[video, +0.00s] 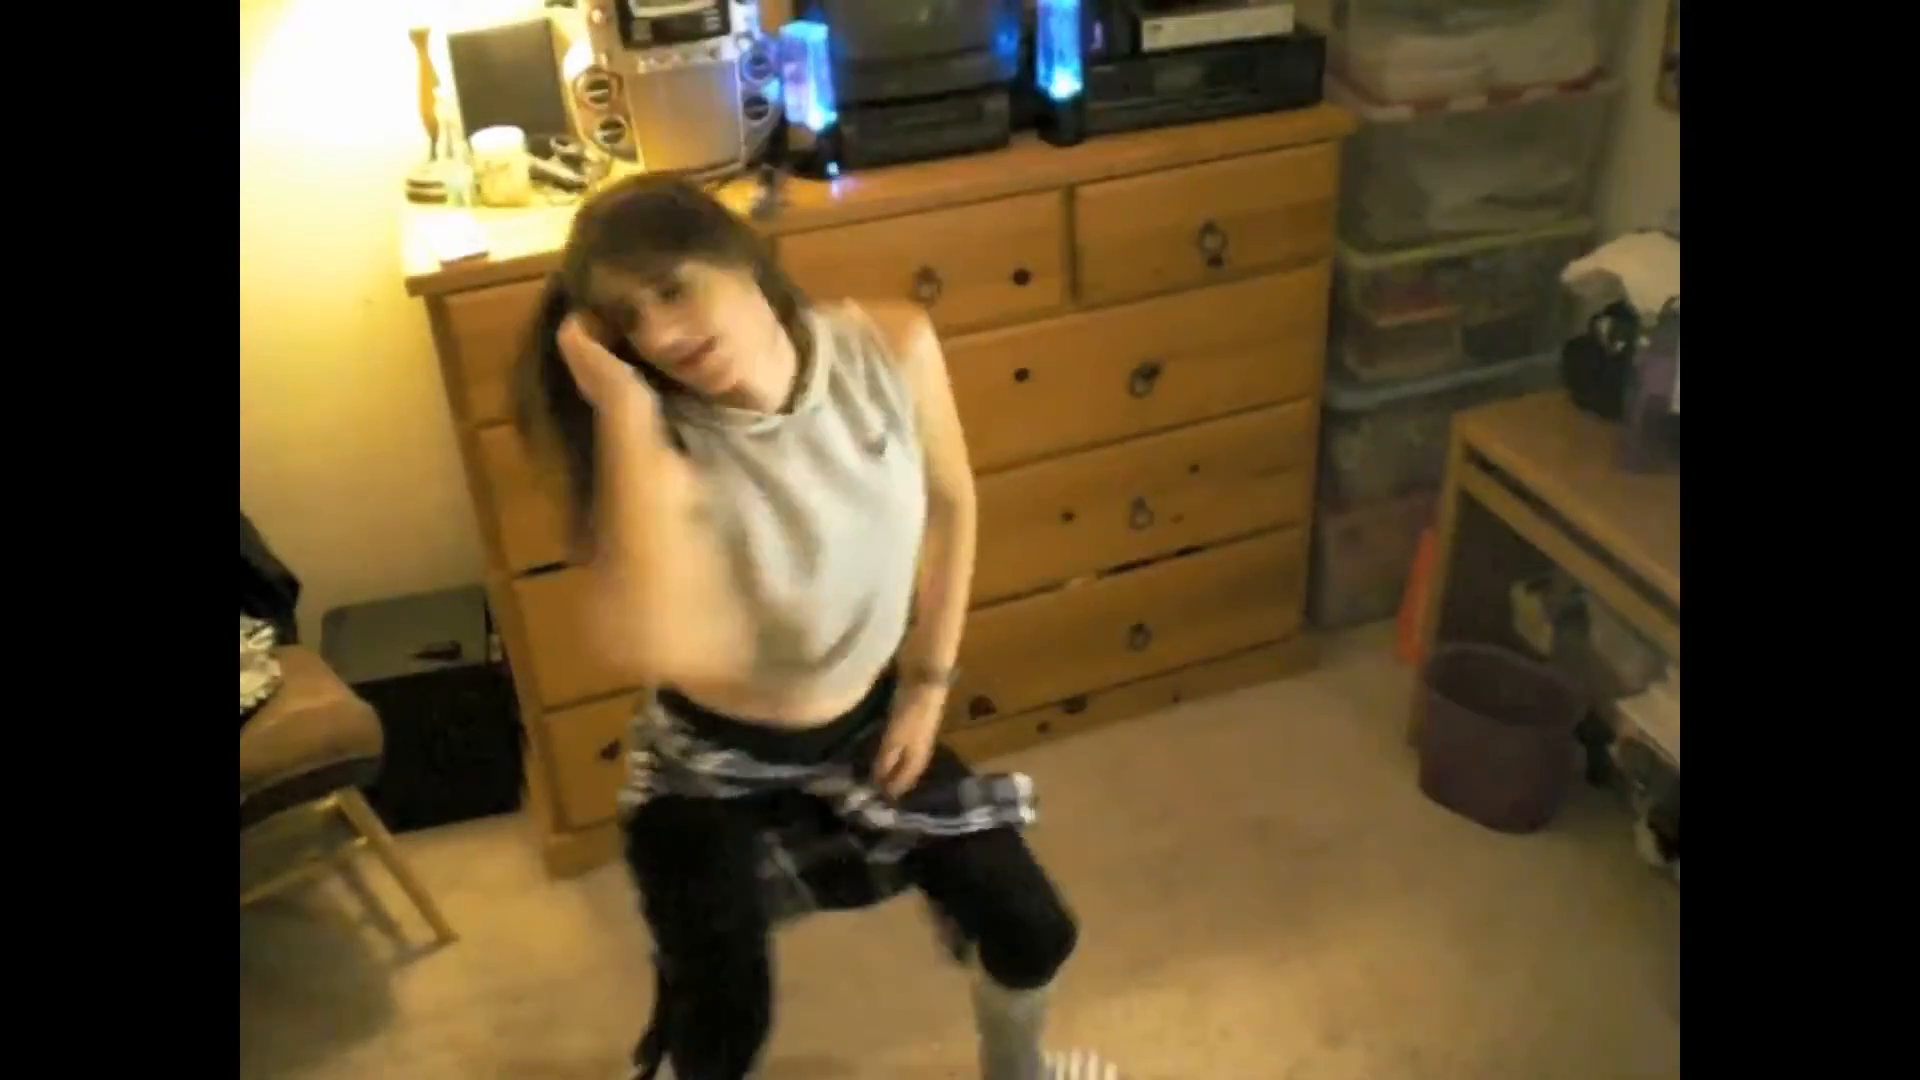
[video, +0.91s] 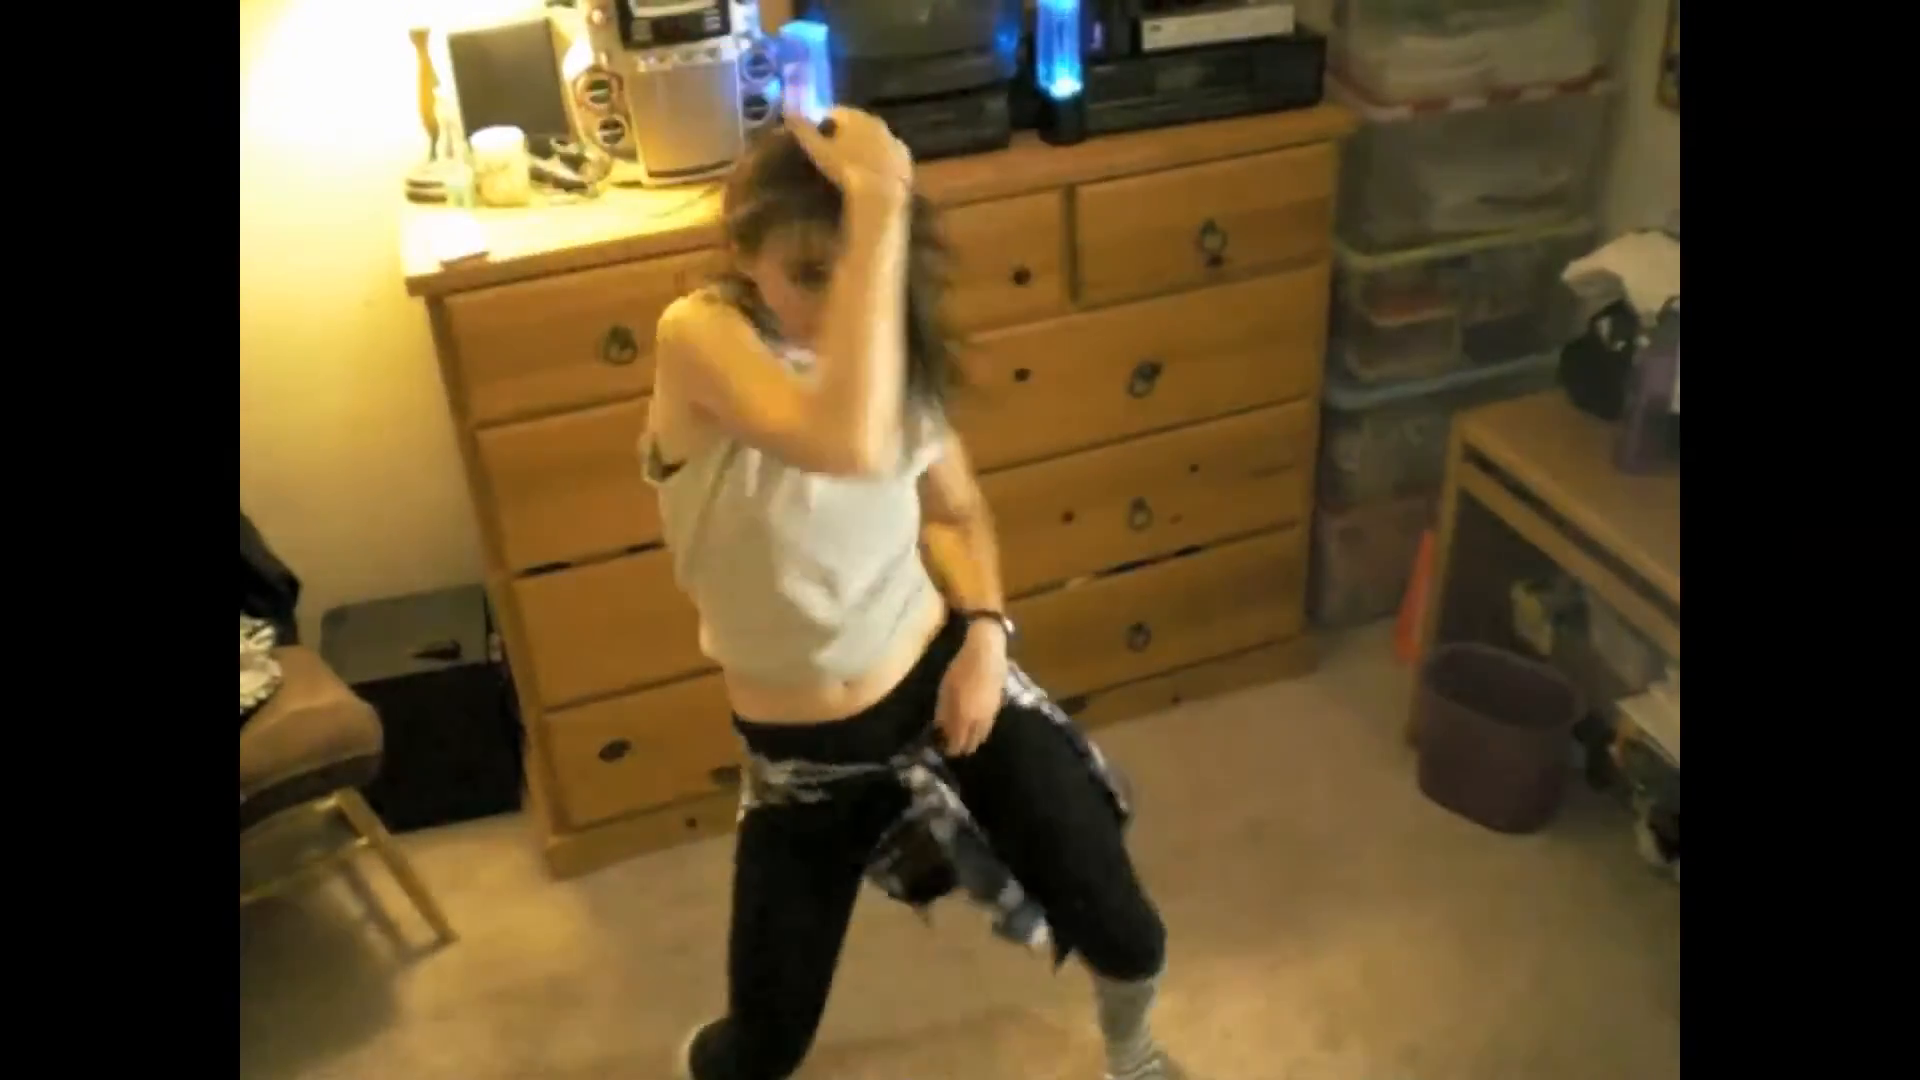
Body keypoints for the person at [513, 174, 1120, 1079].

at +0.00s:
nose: (662, 332)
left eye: (673, 289)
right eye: (627, 322)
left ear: (737, 259)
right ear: (614, 349)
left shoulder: (890, 348)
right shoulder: (658, 456)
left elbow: (951, 503)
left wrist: (926, 682)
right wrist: (626, 416)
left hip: (872, 730)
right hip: (710, 764)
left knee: (1032, 933)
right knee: (722, 1026)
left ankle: (1017, 1067)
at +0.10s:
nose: (644, 364)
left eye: (660, 343)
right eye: (636, 344)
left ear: (755, 293)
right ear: (628, 322)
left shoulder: (905, 399)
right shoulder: (641, 418)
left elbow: (945, 568)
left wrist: (893, 733)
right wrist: (572, 345)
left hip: (855, 743)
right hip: (679, 762)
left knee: (1033, 924)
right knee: (682, 1038)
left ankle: (1031, 1054)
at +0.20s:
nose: (641, 320)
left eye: (661, 293)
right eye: (640, 291)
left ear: (749, 285)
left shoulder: (904, 387)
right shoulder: (657, 369)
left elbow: (953, 588)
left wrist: (871, 756)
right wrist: (599, 250)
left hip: (837, 744)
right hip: (663, 746)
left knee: (999, 934)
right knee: (674, 1023)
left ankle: (1062, 1033)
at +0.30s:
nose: (667, 304)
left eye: (686, 282)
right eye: (662, 279)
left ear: (769, 268)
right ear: (662, 250)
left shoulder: (910, 345)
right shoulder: (682, 315)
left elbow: (944, 577)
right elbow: (474, 222)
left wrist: (867, 755)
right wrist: (652, 115)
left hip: (835, 733)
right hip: (668, 723)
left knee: (972, 968)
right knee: (660, 986)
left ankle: (1066, 1023)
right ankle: (668, 1063)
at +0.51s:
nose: (779, 322)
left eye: (802, 300)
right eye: (758, 296)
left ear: (855, 264)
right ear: (733, 255)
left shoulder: (922, 338)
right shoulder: (719, 315)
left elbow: (984, 533)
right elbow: (589, 260)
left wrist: (899, 726)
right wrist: (729, 76)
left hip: (884, 708)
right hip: (738, 686)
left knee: (947, 1022)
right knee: (679, 972)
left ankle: (1108, 1012)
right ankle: (668, 1061)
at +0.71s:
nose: (825, 295)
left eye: (855, 264)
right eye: (806, 261)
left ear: (889, 270)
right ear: (753, 249)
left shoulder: (926, 352)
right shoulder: (688, 331)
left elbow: (1038, 497)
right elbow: (723, 367)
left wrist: (976, 672)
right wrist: (820, 159)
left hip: (941, 705)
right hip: (797, 737)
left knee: (1057, 968)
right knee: (724, 1015)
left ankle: (1132, 1046)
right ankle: (688, 1071)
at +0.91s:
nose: (834, 307)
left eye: (855, 275)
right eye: (804, 275)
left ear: (890, 269)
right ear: (745, 255)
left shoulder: (886, 358)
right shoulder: (697, 336)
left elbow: (954, 511)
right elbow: (855, 442)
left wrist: (984, 632)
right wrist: (879, 211)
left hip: (956, 706)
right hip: (806, 769)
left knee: (1126, 935)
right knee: (766, 1049)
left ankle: (1130, 1053)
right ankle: (705, 1066)